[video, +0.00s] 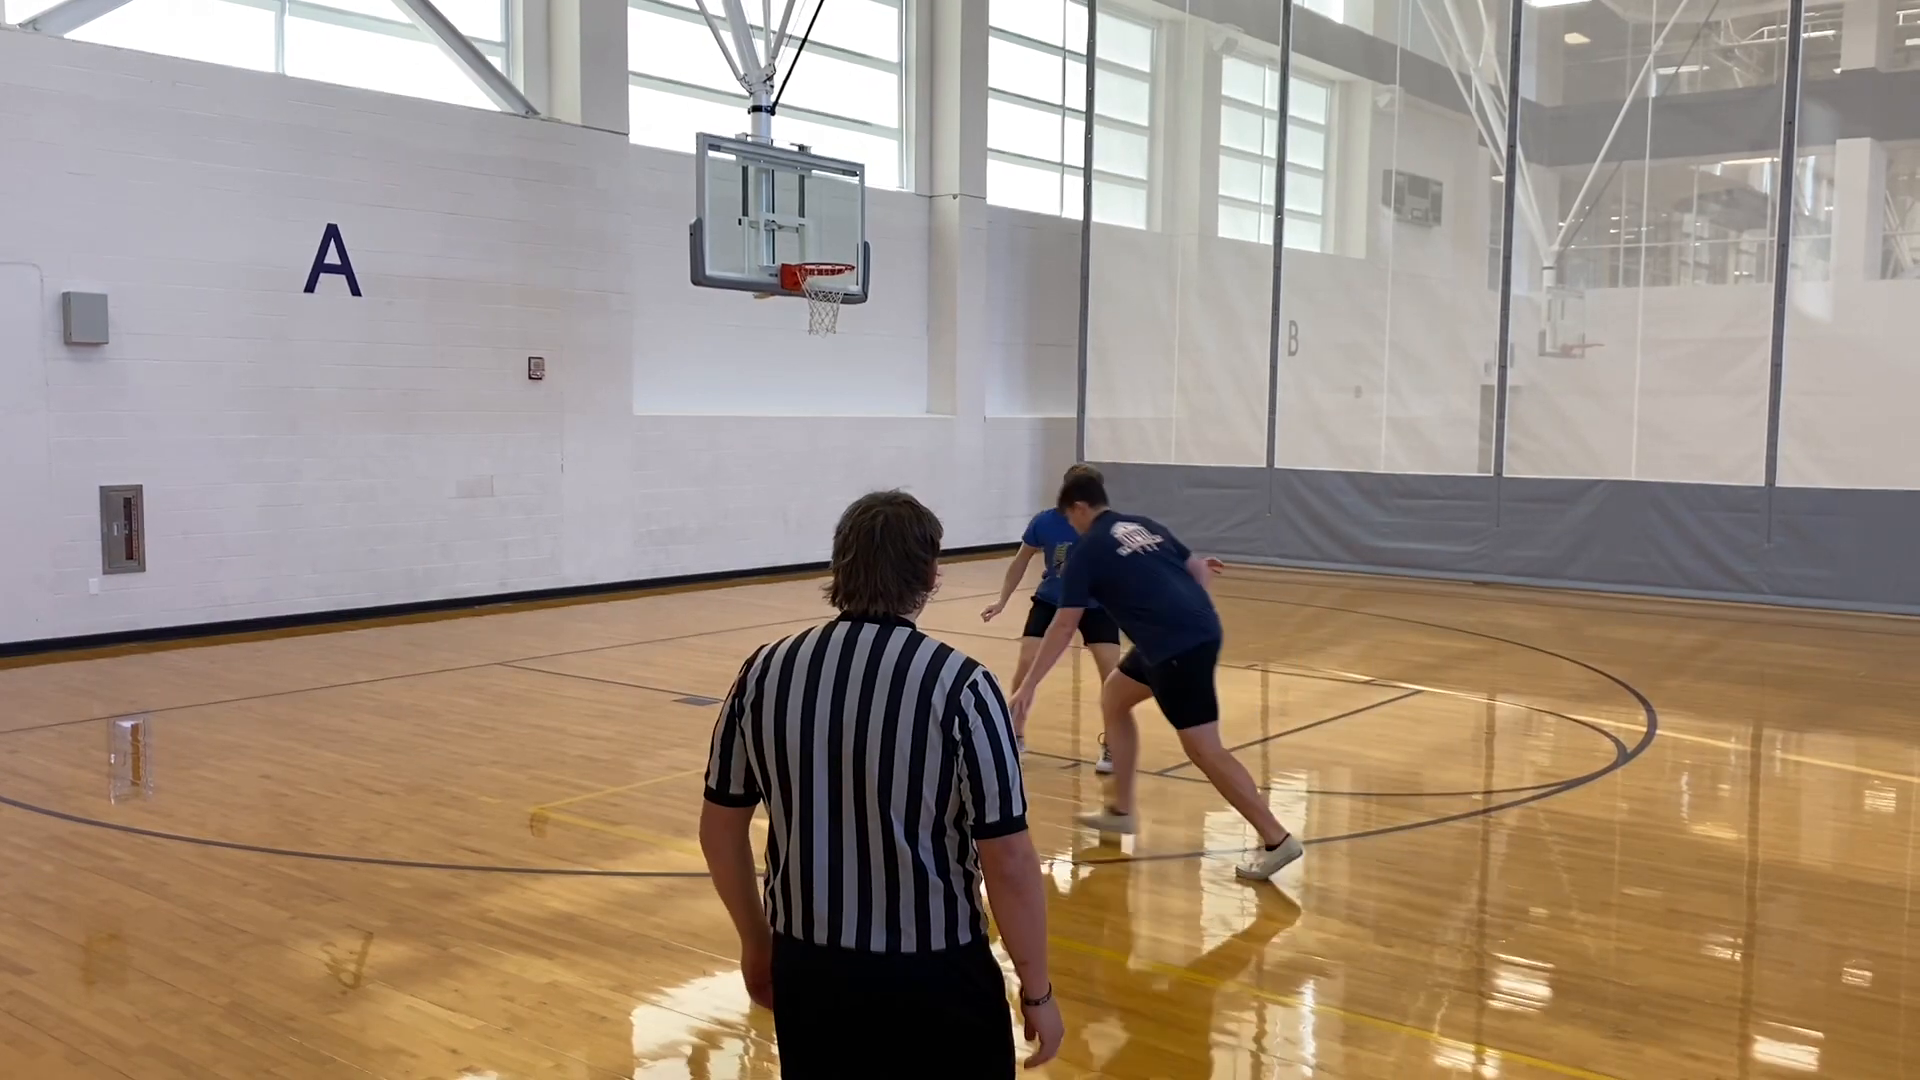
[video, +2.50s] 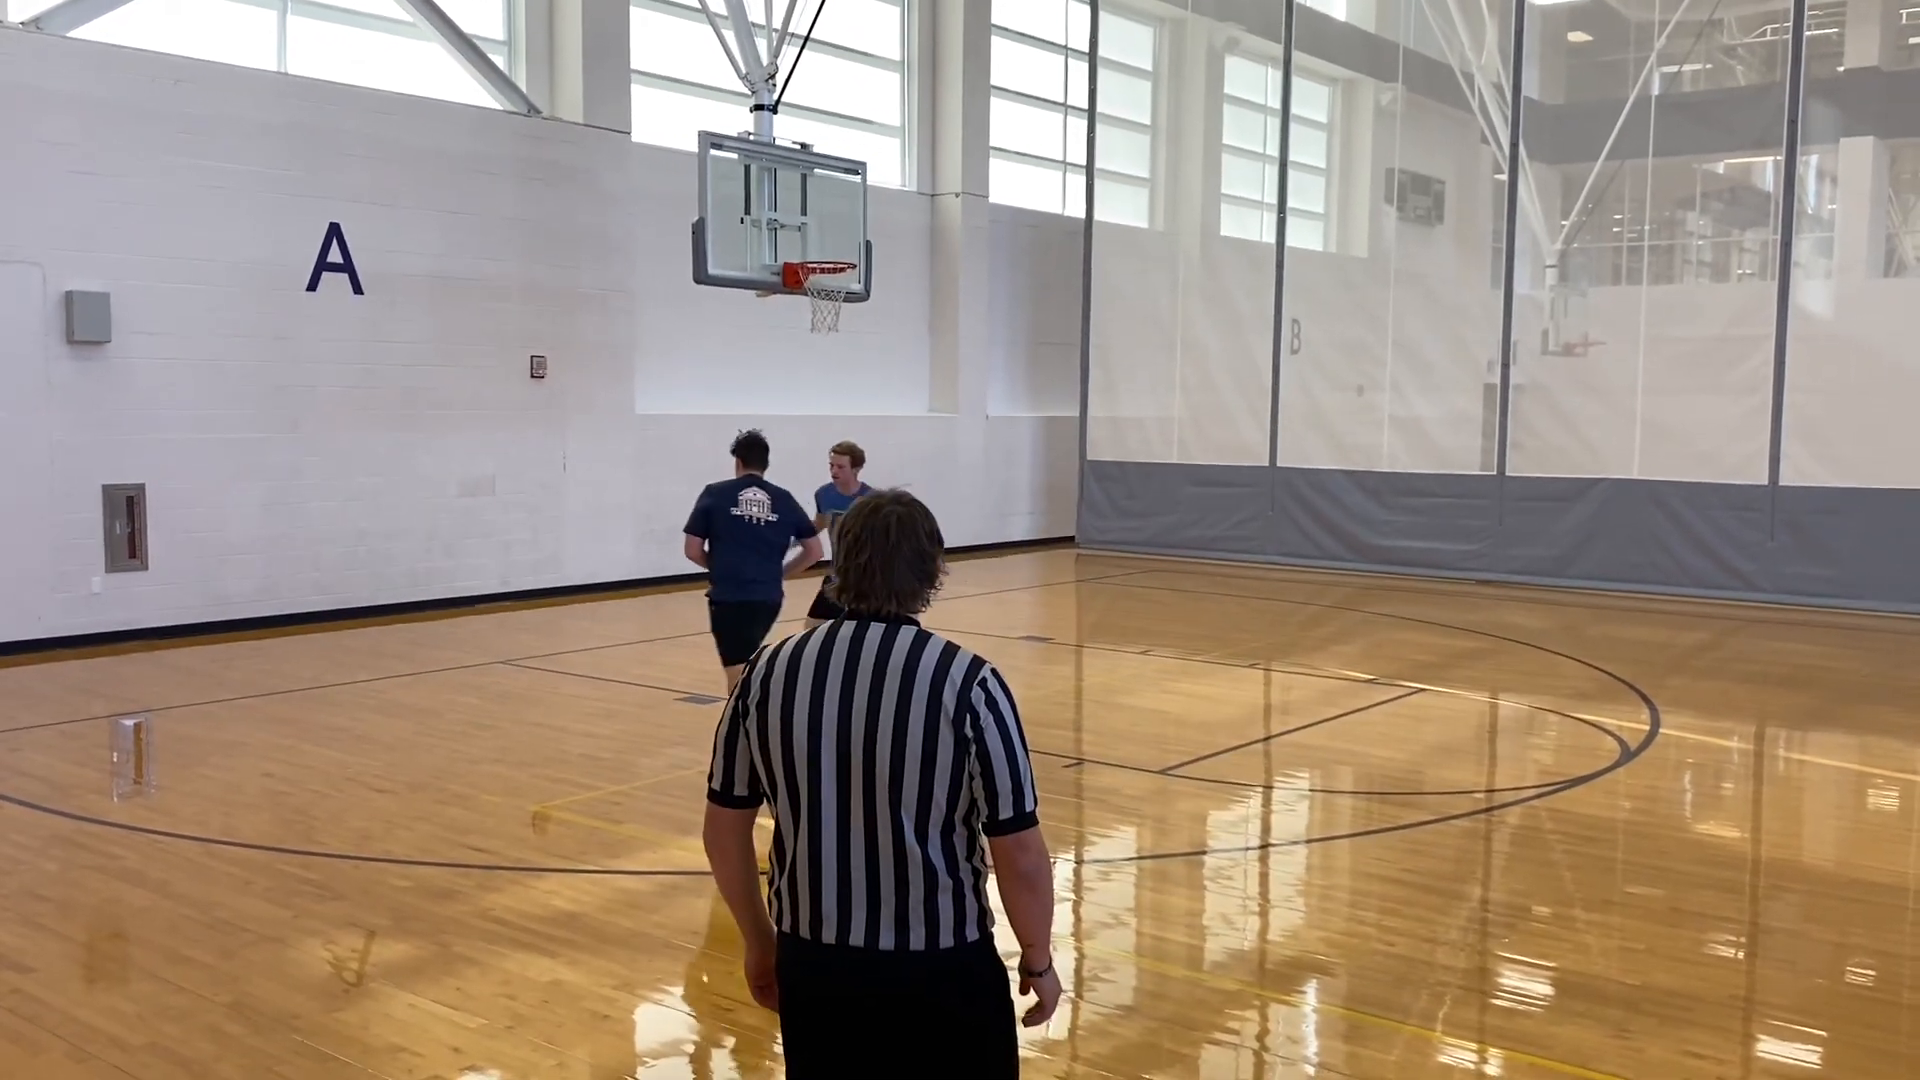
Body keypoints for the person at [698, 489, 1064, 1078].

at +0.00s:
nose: (938, 574)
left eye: (936, 558)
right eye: (936, 560)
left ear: (843, 565)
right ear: (925, 573)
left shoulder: (766, 670)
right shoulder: (961, 685)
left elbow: (720, 829)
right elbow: (1009, 861)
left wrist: (755, 938)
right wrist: (1037, 990)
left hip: (808, 979)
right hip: (941, 982)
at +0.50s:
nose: (945, 575)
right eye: (943, 562)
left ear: (849, 568)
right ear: (937, 572)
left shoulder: (775, 669)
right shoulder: (970, 684)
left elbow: (727, 823)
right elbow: (1017, 853)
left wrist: (747, 945)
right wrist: (1048, 989)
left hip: (820, 980)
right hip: (950, 982)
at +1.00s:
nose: (950, 582)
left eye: (945, 566)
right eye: (947, 568)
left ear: (849, 572)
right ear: (937, 578)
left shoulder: (772, 676)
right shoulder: (973, 689)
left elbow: (725, 831)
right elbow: (1020, 862)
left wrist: (744, 950)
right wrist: (1047, 988)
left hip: (816, 984)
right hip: (948, 988)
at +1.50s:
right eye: (943, 573)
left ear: (844, 577)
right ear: (937, 584)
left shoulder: (771, 677)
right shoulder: (972, 690)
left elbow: (727, 834)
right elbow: (1021, 861)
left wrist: (755, 949)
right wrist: (1045, 976)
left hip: (816, 981)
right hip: (949, 986)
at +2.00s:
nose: (942, 575)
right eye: (938, 562)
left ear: (842, 564)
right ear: (930, 575)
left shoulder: (768, 669)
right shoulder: (968, 683)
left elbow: (723, 828)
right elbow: (1016, 853)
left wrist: (756, 940)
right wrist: (1039, 963)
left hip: (812, 976)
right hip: (945, 978)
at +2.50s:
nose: (940, 573)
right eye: (936, 561)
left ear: (841, 565)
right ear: (929, 571)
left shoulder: (768, 668)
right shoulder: (968, 681)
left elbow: (724, 828)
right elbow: (1019, 852)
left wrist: (758, 938)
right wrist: (1037, 955)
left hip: (814, 973)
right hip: (947, 977)